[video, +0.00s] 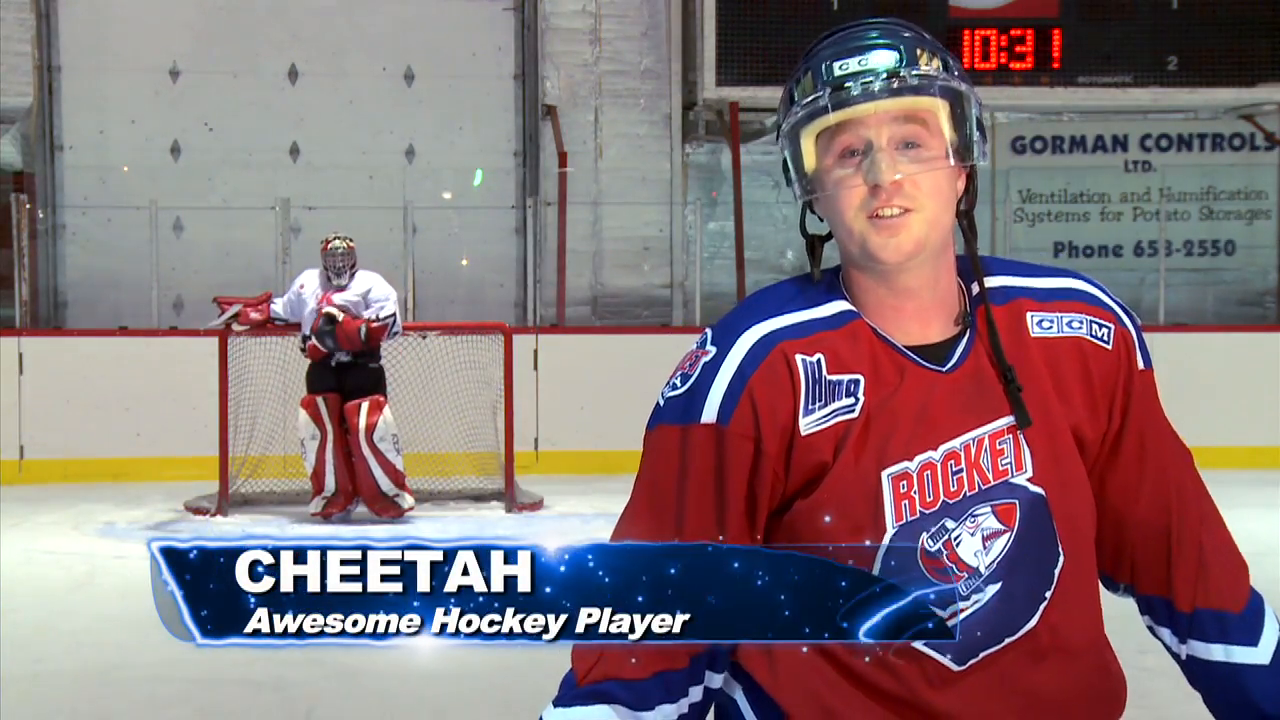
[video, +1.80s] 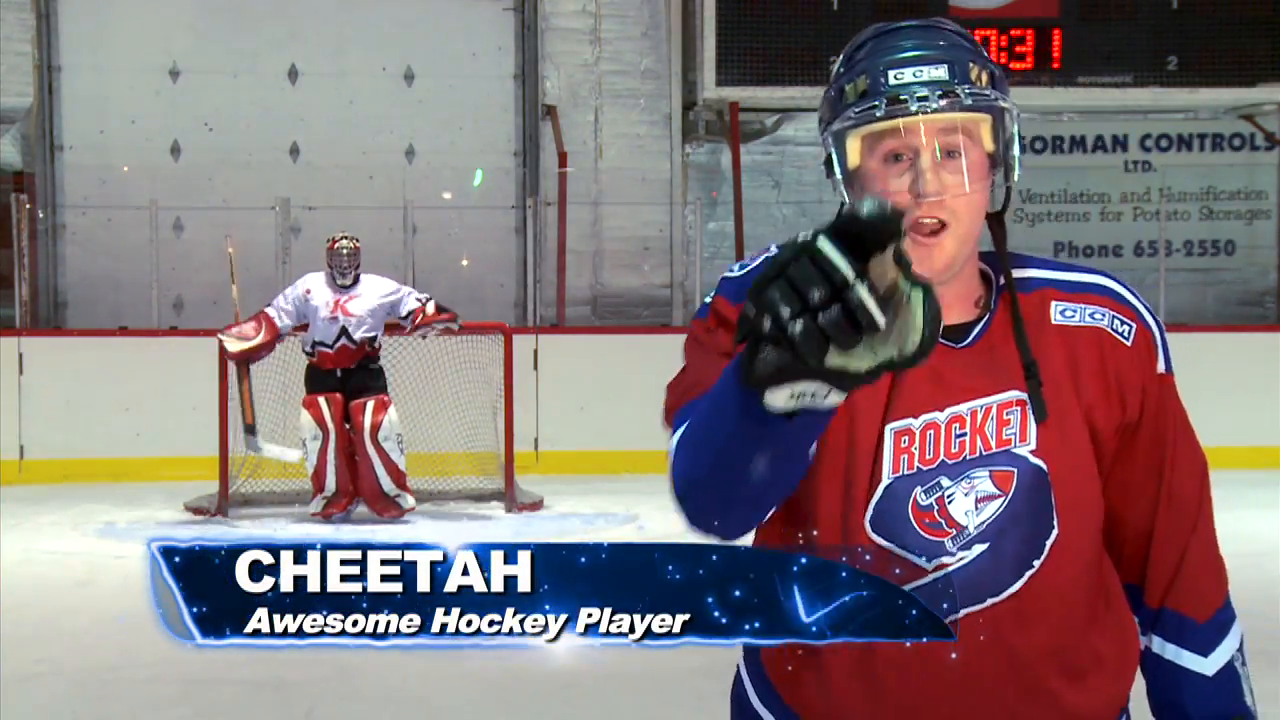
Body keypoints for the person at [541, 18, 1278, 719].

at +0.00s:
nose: (884, 176)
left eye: (911, 144)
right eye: (851, 153)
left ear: (959, 170)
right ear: (812, 187)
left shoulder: (1080, 327)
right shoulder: (747, 368)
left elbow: (1198, 581)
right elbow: (635, 645)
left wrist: (1268, 700)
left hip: (1068, 708)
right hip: (828, 715)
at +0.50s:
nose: (987, 174)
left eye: (1018, 148)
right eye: (957, 140)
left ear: (1050, 178)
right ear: (905, 156)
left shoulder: (1135, 342)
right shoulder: (798, 337)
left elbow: (1258, 583)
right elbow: (696, 602)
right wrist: (633, 715)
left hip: (1082, 704)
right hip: (848, 708)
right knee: (617, 689)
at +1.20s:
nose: (1032, 192)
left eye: (1063, 162)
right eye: (1001, 158)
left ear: (1097, 182)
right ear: (950, 171)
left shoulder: (1172, 345)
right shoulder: (843, 330)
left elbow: (1249, 592)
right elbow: (731, 562)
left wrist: (1254, 705)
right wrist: (708, 702)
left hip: (1102, 703)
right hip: (864, 705)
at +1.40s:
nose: (994, 201)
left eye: (1020, 168)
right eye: (961, 170)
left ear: (1056, 184)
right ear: (912, 185)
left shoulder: (1154, 340)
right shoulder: (823, 329)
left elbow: (1223, 610)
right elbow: (729, 517)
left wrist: (1233, 714)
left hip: (1093, 707)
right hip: (855, 707)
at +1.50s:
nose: (971, 198)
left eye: (998, 165)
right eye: (940, 168)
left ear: (1035, 182)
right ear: (891, 186)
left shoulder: (1138, 336)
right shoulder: (806, 320)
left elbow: (1221, 605)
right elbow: (741, 533)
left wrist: (1235, 713)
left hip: (1093, 707)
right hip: (847, 706)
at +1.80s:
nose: (925, 183)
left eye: (951, 150)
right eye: (894, 154)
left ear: (996, 172)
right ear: (845, 174)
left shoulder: (1101, 326)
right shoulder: (764, 312)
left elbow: (1180, 586)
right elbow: (713, 507)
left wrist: (1214, 712)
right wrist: (792, 390)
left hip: (1062, 707)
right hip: (824, 707)